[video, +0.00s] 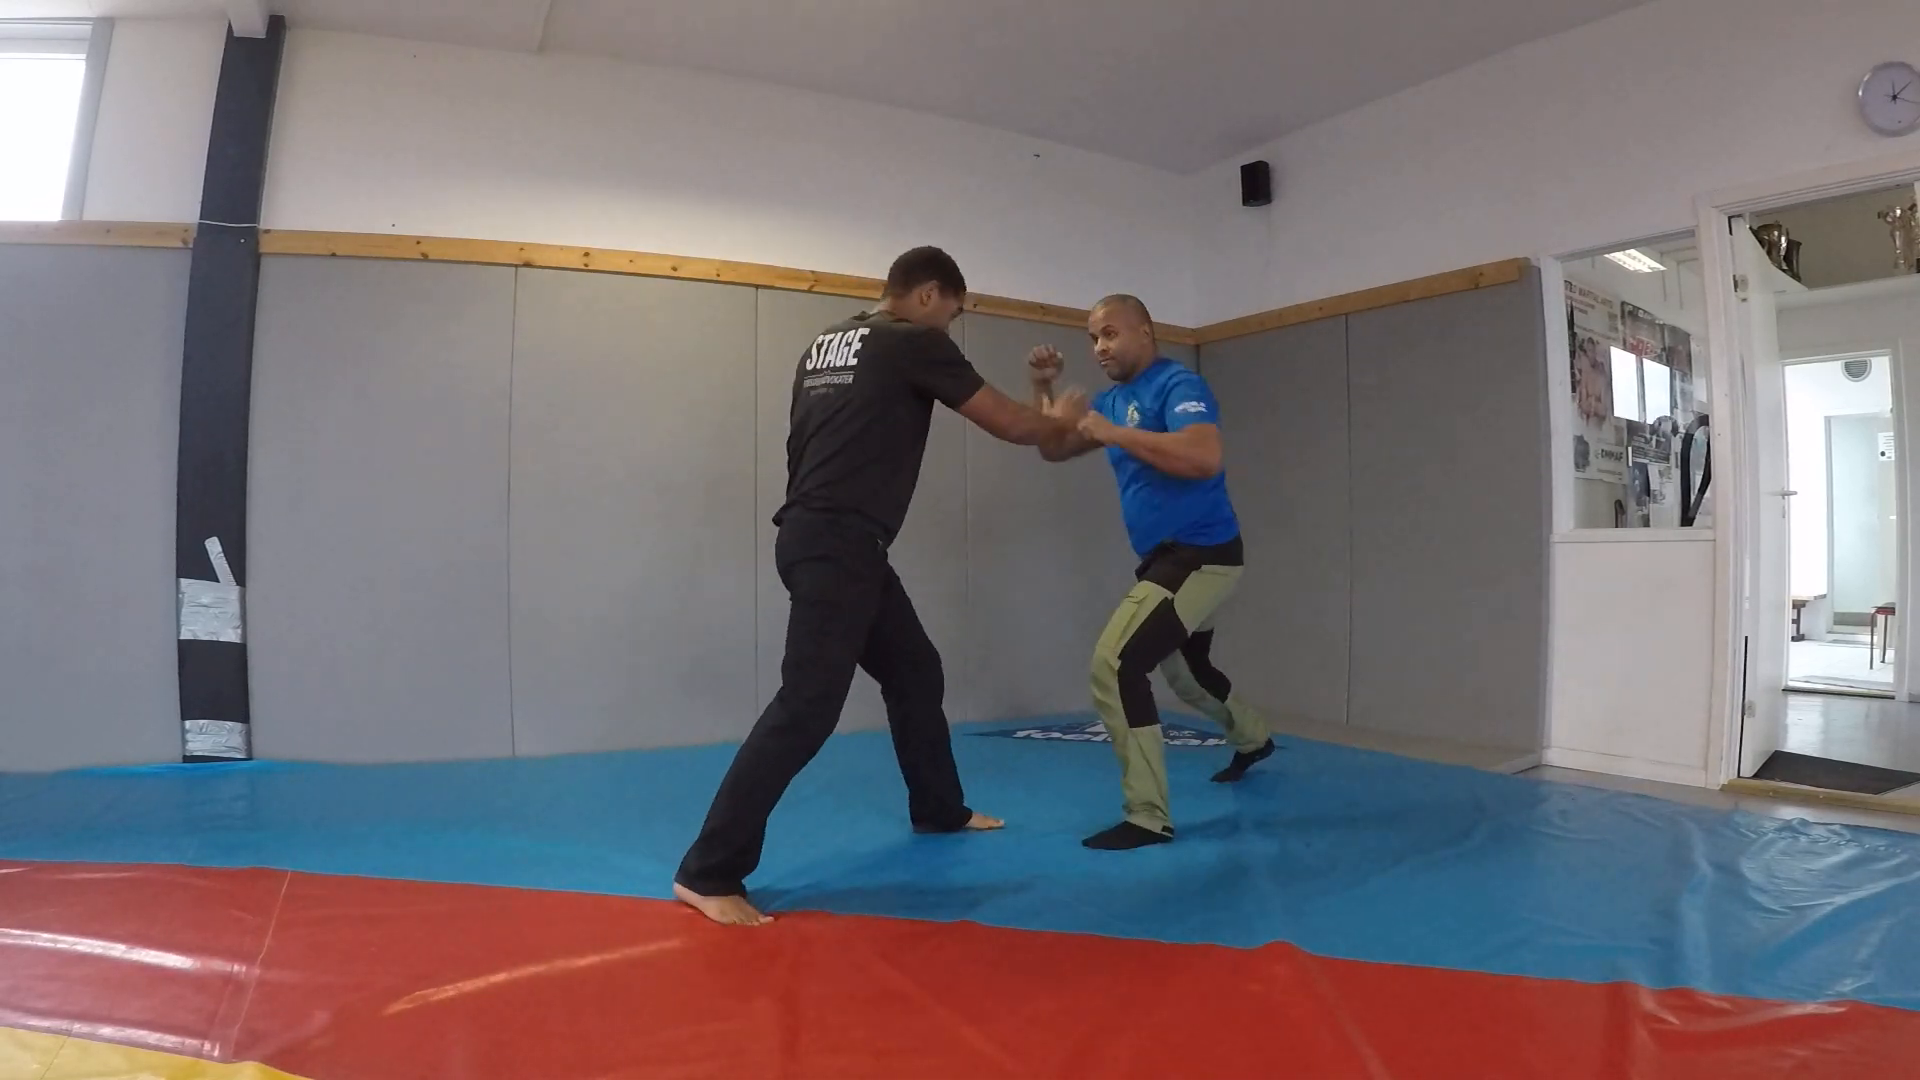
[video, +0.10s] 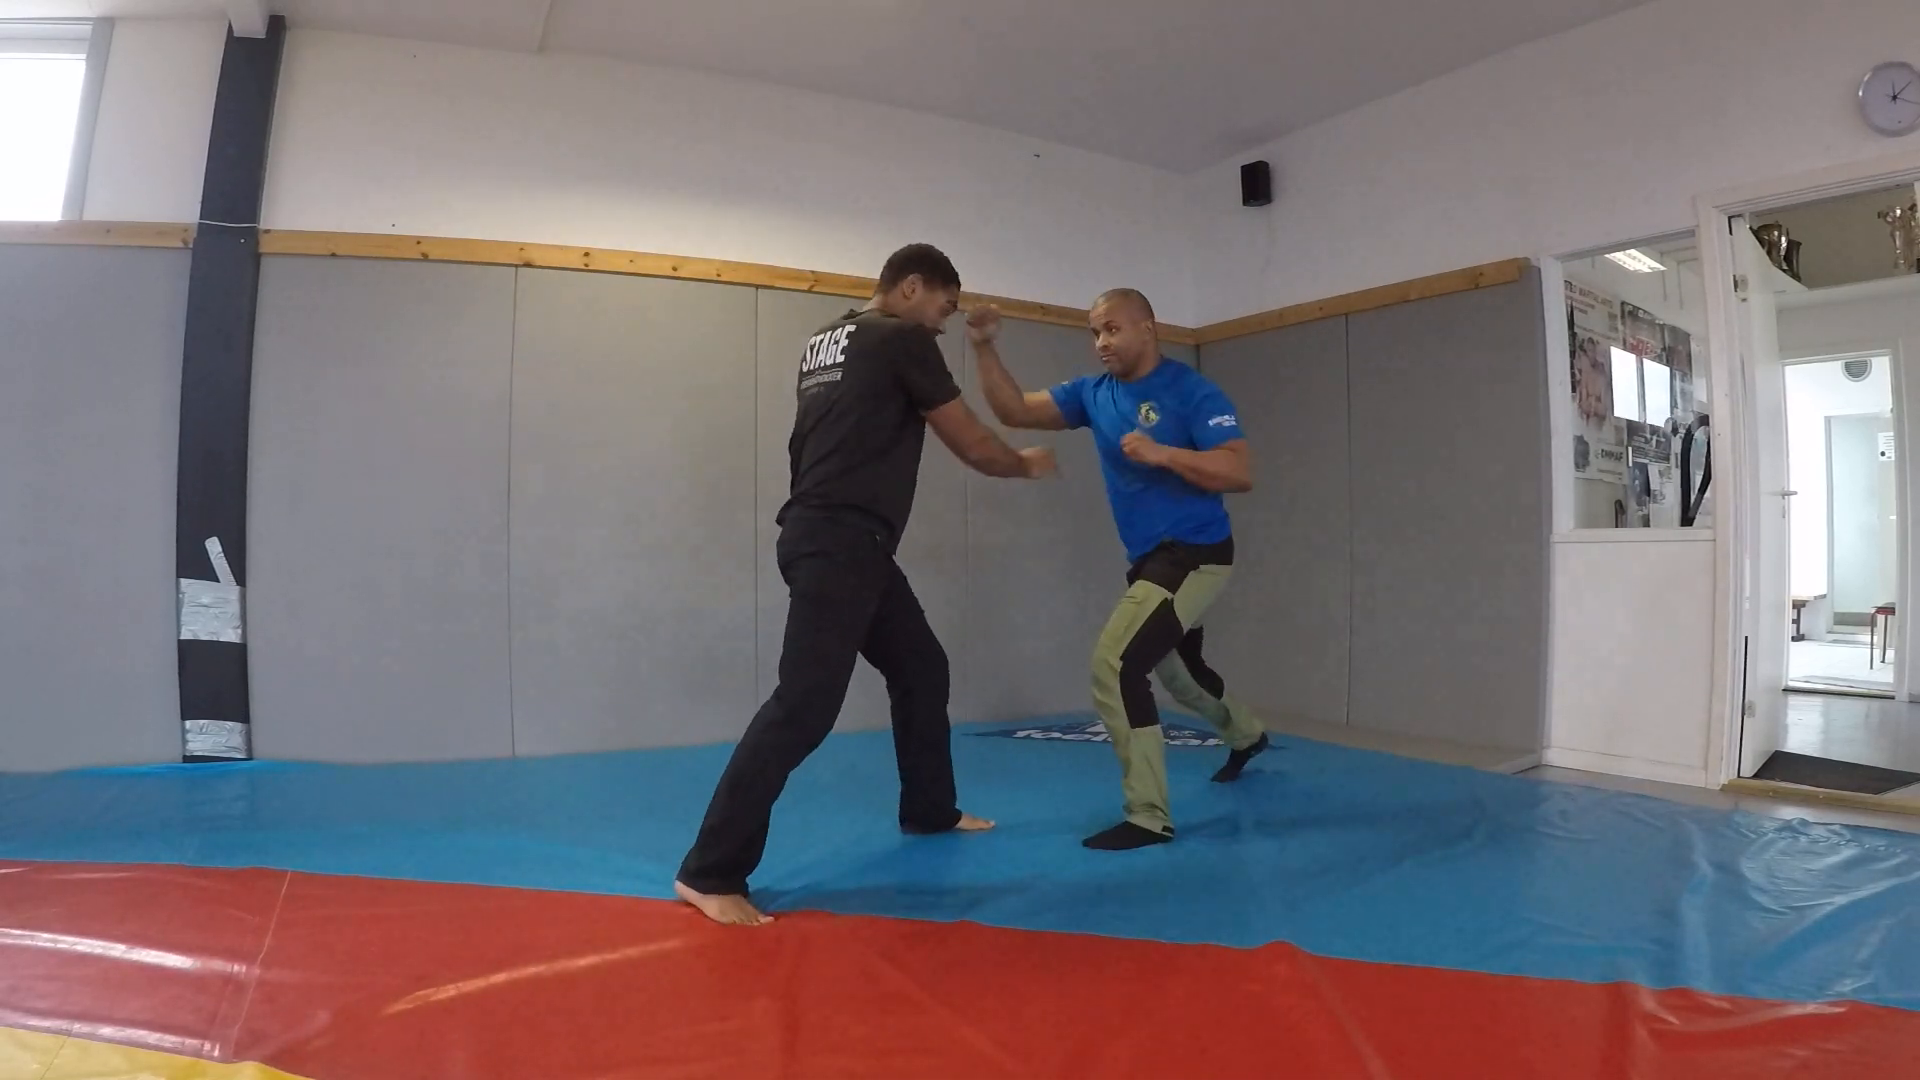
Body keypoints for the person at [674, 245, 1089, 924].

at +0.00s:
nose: (950, 324)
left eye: (954, 315)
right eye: (950, 312)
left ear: (896, 293)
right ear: (926, 294)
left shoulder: (827, 346)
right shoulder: (915, 343)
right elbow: (1013, 423)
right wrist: (1062, 420)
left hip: (816, 538)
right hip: (841, 544)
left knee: (914, 669)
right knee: (805, 712)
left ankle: (939, 811)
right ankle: (708, 874)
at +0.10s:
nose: (946, 319)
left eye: (950, 308)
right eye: (944, 304)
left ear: (892, 290)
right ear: (911, 288)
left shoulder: (827, 342)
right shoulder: (904, 340)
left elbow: (817, 445)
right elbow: (976, 447)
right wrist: (1025, 463)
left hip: (829, 539)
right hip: (843, 542)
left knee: (922, 668)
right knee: (801, 709)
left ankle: (930, 812)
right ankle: (711, 873)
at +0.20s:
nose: (941, 323)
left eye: (947, 313)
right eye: (939, 306)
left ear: (897, 289)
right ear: (903, 284)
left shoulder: (865, 339)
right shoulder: (873, 340)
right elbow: (916, 463)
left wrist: (955, 344)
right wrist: (976, 477)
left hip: (859, 543)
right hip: (830, 537)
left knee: (929, 668)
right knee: (807, 703)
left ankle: (931, 813)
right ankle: (714, 870)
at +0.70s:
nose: (882, 335)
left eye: (886, 325)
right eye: (883, 321)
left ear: (832, 302)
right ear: (859, 305)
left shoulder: (786, 347)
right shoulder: (819, 352)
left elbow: (813, 418)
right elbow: (881, 444)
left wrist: (859, 375)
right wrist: (917, 392)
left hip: (773, 541)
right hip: (762, 543)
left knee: (855, 651)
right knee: (755, 706)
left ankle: (851, 797)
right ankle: (657, 860)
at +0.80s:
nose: (864, 333)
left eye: (864, 327)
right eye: (864, 324)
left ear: (812, 314)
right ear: (850, 312)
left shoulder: (761, 359)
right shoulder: (834, 345)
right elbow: (917, 376)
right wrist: (923, 341)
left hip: (747, 535)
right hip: (780, 539)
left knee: (832, 665)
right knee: (765, 700)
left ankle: (818, 799)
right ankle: (657, 853)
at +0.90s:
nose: (856, 339)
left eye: (856, 332)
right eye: (855, 332)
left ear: (799, 326)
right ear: (841, 326)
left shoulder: (751, 374)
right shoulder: (842, 350)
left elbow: (746, 461)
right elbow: (959, 330)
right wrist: (953, 325)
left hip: (738, 538)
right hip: (786, 535)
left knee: (829, 663)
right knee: (765, 693)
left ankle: (820, 802)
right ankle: (656, 848)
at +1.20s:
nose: (864, 357)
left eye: (865, 349)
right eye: (864, 346)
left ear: (817, 329)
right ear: (849, 330)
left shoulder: (774, 367)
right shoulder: (829, 349)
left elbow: (748, 451)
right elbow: (862, 417)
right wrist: (922, 435)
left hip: (745, 526)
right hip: (762, 526)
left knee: (811, 666)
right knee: (750, 678)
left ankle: (819, 802)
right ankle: (655, 841)